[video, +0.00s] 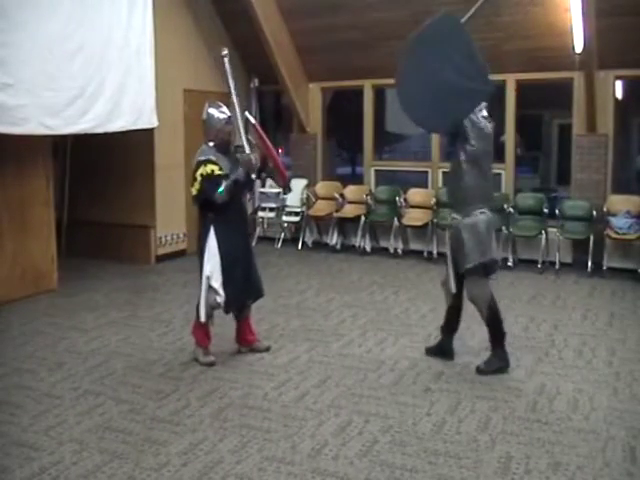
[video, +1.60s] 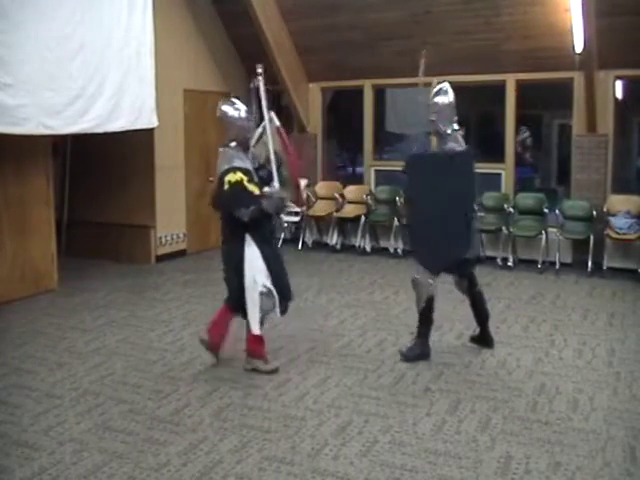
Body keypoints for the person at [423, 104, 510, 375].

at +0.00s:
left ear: (460, 101)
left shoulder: (475, 129)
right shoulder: (462, 130)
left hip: (476, 217)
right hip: (460, 217)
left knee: (477, 289)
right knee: (452, 285)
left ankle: (499, 353)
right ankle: (446, 342)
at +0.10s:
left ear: (458, 99)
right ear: (464, 98)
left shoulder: (470, 129)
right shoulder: (460, 128)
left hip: (463, 215)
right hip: (452, 214)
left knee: (464, 287)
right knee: (448, 282)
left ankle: (495, 349)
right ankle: (445, 342)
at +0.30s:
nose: (423, 108)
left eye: (425, 100)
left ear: (437, 99)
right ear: (454, 97)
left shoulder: (451, 130)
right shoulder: (464, 129)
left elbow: (425, 164)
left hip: (450, 216)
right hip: (458, 214)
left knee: (430, 281)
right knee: (442, 279)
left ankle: (459, 338)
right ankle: (446, 339)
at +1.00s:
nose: (449, 118)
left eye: (454, 114)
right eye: (451, 113)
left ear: (464, 118)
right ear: (467, 119)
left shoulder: (460, 149)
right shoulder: (472, 146)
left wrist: (418, 153)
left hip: (449, 224)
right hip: (464, 222)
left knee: (424, 281)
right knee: (460, 282)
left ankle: (422, 347)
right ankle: (483, 332)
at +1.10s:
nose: (454, 118)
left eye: (460, 113)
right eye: (454, 113)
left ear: (471, 116)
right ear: (452, 115)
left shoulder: (469, 147)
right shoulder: (460, 144)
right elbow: (436, 171)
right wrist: (423, 152)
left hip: (450, 225)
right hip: (459, 224)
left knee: (426, 280)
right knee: (464, 281)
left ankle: (421, 342)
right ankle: (484, 333)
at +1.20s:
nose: (453, 117)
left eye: (457, 112)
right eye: (454, 112)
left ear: (466, 114)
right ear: (470, 116)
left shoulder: (466, 145)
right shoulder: (473, 141)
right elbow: (446, 167)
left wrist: (423, 150)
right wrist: (430, 151)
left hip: (454, 221)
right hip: (465, 220)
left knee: (433, 278)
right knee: (465, 280)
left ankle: (421, 341)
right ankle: (484, 333)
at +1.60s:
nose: (432, 115)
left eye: (438, 110)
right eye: (431, 110)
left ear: (451, 114)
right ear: (429, 112)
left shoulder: (456, 146)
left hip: (440, 224)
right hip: (455, 223)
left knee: (423, 280)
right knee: (467, 279)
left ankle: (422, 342)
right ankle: (485, 333)